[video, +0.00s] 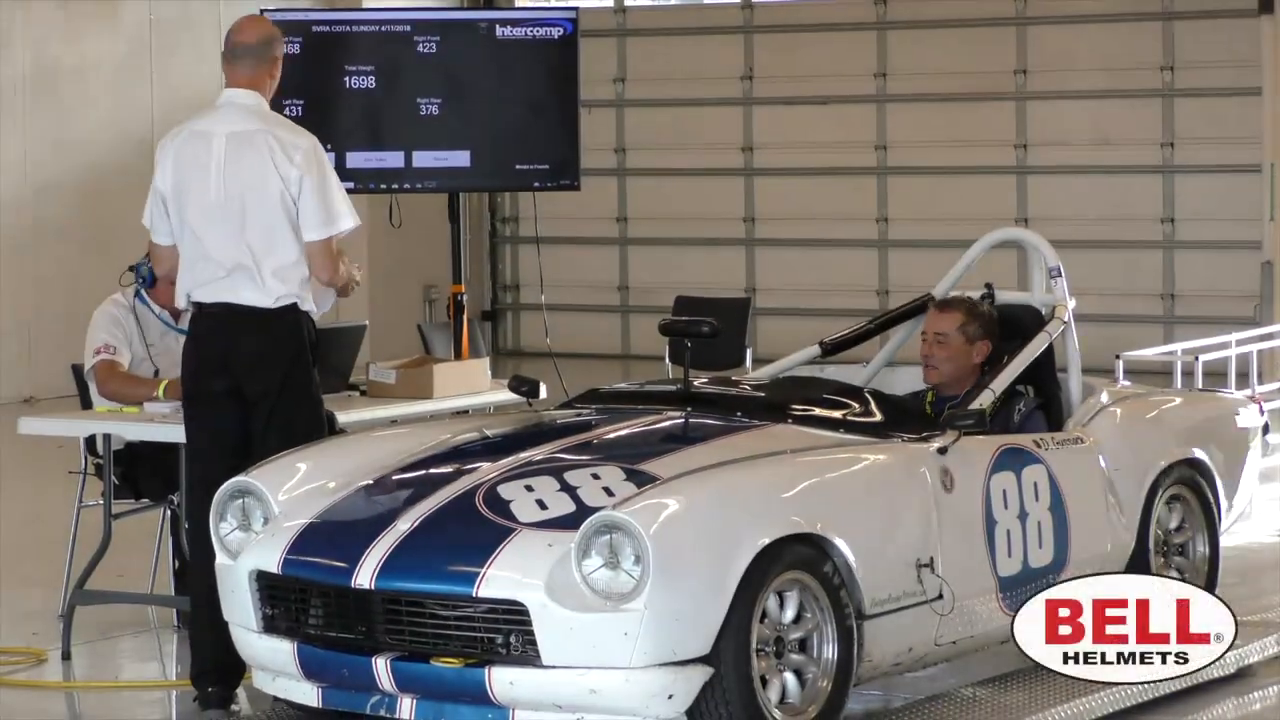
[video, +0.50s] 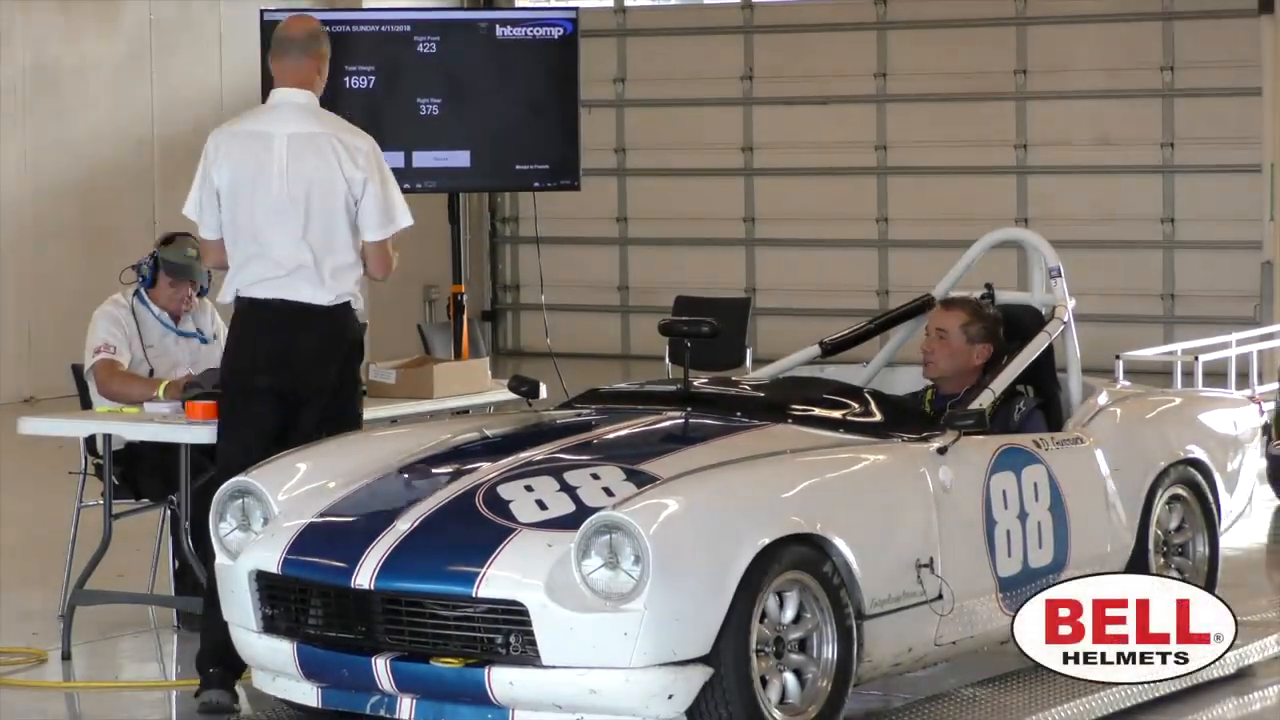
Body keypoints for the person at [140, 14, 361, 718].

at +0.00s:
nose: (279, 74)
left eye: (267, 61)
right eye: (281, 63)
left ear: (223, 64)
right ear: (277, 68)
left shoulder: (176, 144)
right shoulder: (296, 146)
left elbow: (166, 266)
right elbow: (322, 266)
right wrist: (341, 275)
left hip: (206, 339)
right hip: (279, 337)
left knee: (206, 507)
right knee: (293, 494)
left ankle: (212, 683)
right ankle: (293, 675)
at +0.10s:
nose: (268, 66)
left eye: (249, 54)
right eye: (271, 56)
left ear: (213, 63)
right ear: (270, 63)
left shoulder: (171, 145)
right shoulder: (298, 145)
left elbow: (161, 262)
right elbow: (329, 266)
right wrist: (333, 269)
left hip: (208, 338)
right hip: (280, 337)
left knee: (207, 508)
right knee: (294, 495)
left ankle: (213, 684)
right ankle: (293, 676)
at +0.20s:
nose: (266, 67)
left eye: (246, 54)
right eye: (270, 57)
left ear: (213, 63)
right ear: (269, 63)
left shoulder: (171, 146)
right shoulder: (297, 145)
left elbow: (161, 261)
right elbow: (327, 265)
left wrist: (172, 284)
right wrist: (337, 272)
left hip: (208, 339)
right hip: (280, 337)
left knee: (207, 508)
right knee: (295, 495)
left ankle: (213, 684)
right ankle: (293, 676)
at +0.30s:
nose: (261, 68)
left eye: (242, 55)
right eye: (265, 57)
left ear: (209, 63)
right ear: (265, 64)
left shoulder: (167, 146)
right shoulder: (293, 145)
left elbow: (156, 263)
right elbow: (322, 266)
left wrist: (177, 274)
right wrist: (331, 272)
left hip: (204, 338)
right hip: (277, 336)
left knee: (206, 507)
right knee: (289, 496)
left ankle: (213, 684)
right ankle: (288, 676)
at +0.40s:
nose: (266, 70)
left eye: (249, 57)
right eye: (267, 60)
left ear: (209, 66)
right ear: (263, 67)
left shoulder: (166, 147)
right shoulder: (291, 147)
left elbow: (156, 267)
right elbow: (320, 271)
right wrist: (332, 269)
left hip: (203, 341)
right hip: (276, 340)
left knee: (204, 511)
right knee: (294, 497)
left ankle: (213, 684)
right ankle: (293, 675)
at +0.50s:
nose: (324, 73)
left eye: (308, 60)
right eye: (325, 63)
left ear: (269, 65)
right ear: (324, 67)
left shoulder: (224, 142)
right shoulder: (354, 145)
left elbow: (214, 255)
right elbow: (381, 264)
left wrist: (276, 232)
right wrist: (334, 239)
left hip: (253, 332)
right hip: (331, 335)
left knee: (233, 497)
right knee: (323, 493)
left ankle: (219, 677)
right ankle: (320, 673)